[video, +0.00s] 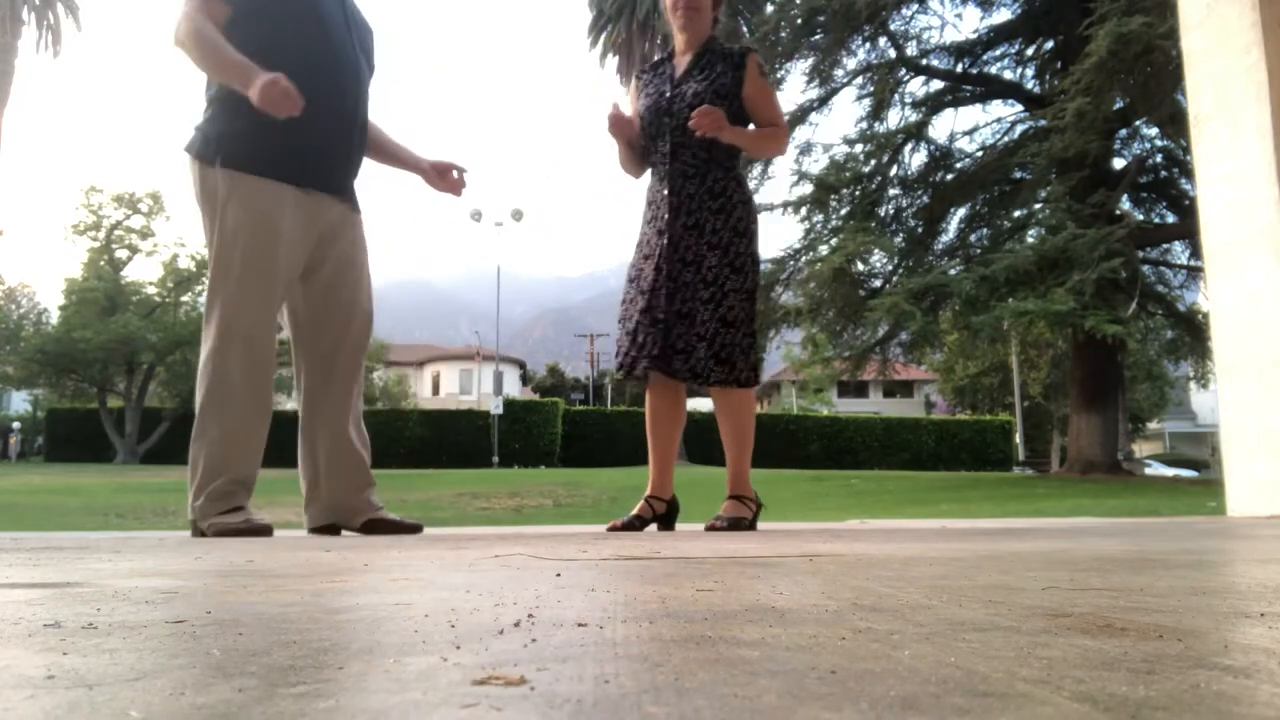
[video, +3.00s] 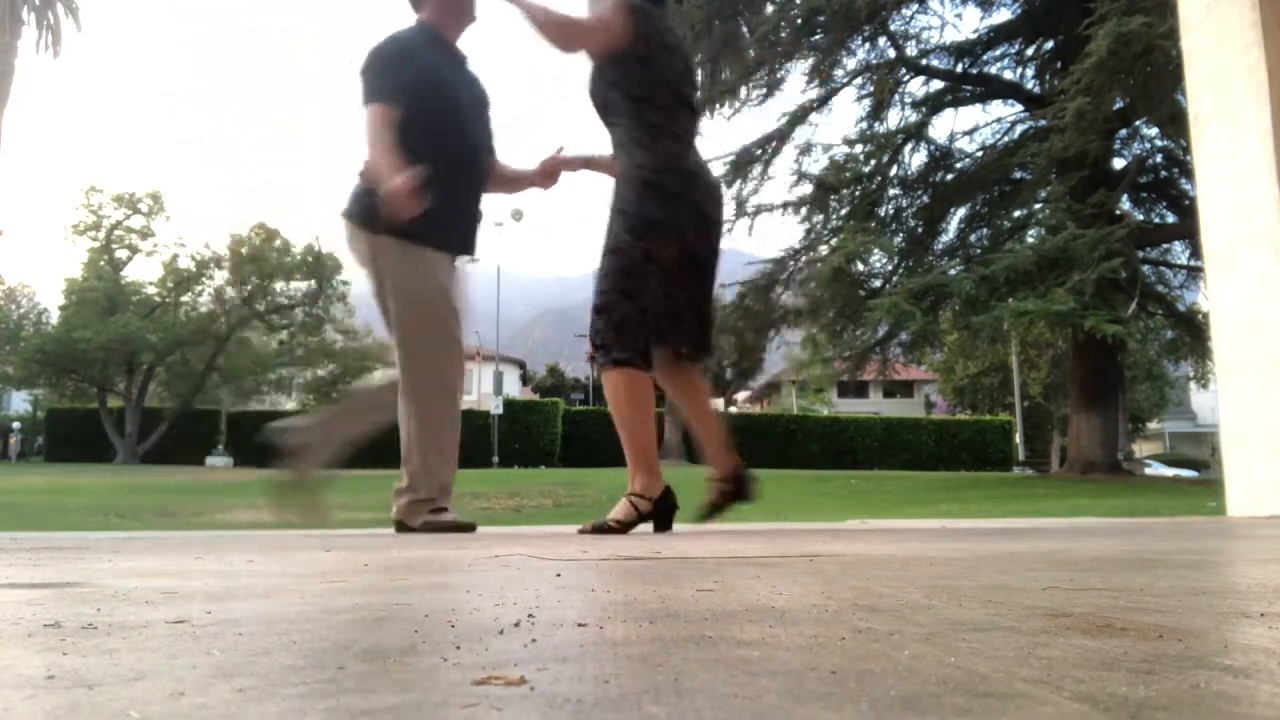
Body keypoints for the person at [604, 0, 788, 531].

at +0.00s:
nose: (681, 5)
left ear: (714, 6)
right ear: (663, 8)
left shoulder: (739, 63)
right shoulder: (648, 77)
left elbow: (777, 138)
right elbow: (637, 167)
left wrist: (730, 132)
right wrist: (626, 140)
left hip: (721, 220)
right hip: (664, 220)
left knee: (727, 354)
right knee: (662, 355)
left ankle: (741, 497)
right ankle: (658, 496)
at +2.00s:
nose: (686, 14)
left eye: (697, 5)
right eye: (687, 6)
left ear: (730, 14)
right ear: (703, 22)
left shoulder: (773, 70)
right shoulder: (701, 99)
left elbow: (805, 147)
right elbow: (647, 166)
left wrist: (749, 145)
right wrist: (570, 159)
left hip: (762, 237)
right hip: (711, 240)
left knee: (750, 363)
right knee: (674, 362)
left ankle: (827, 490)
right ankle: (684, 497)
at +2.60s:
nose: (690, 8)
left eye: (700, 1)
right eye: (691, 2)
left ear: (734, 6)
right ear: (708, 12)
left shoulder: (784, 61)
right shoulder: (702, 89)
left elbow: (842, 127)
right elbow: (652, 147)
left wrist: (826, 120)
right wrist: (588, 112)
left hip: (786, 217)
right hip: (736, 228)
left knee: (738, 321)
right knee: (735, 349)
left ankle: (779, 465)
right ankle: (763, 486)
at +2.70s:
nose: (676, 10)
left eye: (686, 3)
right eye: (678, 3)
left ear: (718, 9)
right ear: (699, 12)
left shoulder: (765, 63)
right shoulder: (692, 91)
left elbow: (818, 132)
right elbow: (649, 159)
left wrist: (811, 116)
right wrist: (581, 125)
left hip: (760, 223)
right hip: (719, 229)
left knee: (698, 330)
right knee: (733, 366)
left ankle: (705, 478)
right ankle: (764, 496)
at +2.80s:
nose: (653, 20)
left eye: (662, 9)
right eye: (655, 11)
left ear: (691, 12)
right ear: (677, 17)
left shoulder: (732, 67)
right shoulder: (682, 91)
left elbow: (776, 136)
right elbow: (649, 178)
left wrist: (743, 91)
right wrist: (578, 152)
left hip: (726, 238)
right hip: (696, 240)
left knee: (660, 343)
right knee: (726, 369)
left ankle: (654, 486)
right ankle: (762, 494)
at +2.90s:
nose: (616, 15)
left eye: (623, 8)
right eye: (615, 12)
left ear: (648, 3)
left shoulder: (670, 36)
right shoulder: (649, 66)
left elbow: (695, 84)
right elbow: (653, 176)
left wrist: (629, 33)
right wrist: (573, 166)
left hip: (687, 228)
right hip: (684, 229)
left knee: (622, 342)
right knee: (705, 363)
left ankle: (647, 490)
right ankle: (759, 487)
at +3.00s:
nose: (590, 15)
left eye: (596, 9)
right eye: (592, 12)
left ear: (616, 2)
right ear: (644, 6)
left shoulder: (630, 17)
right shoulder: (666, 45)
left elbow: (569, 35)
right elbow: (646, 160)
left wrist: (519, 3)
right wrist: (575, 160)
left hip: (651, 193)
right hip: (690, 195)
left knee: (617, 343)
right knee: (669, 348)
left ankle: (646, 489)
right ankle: (727, 468)